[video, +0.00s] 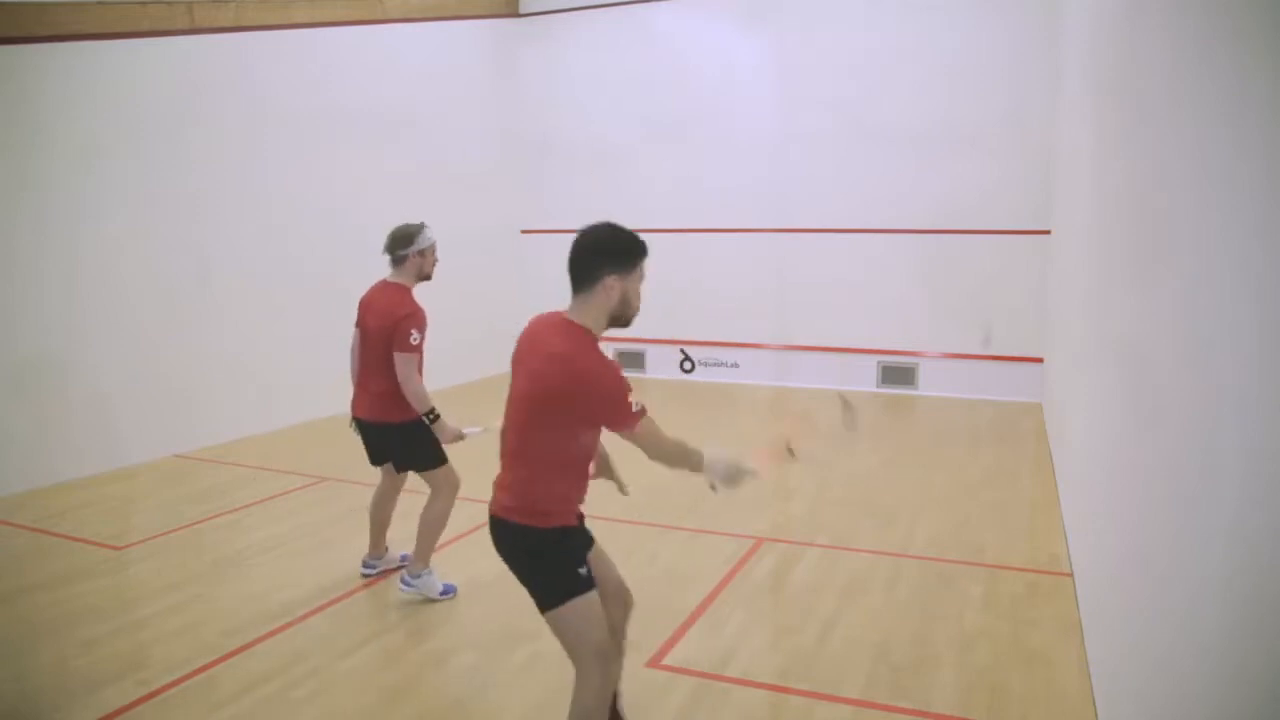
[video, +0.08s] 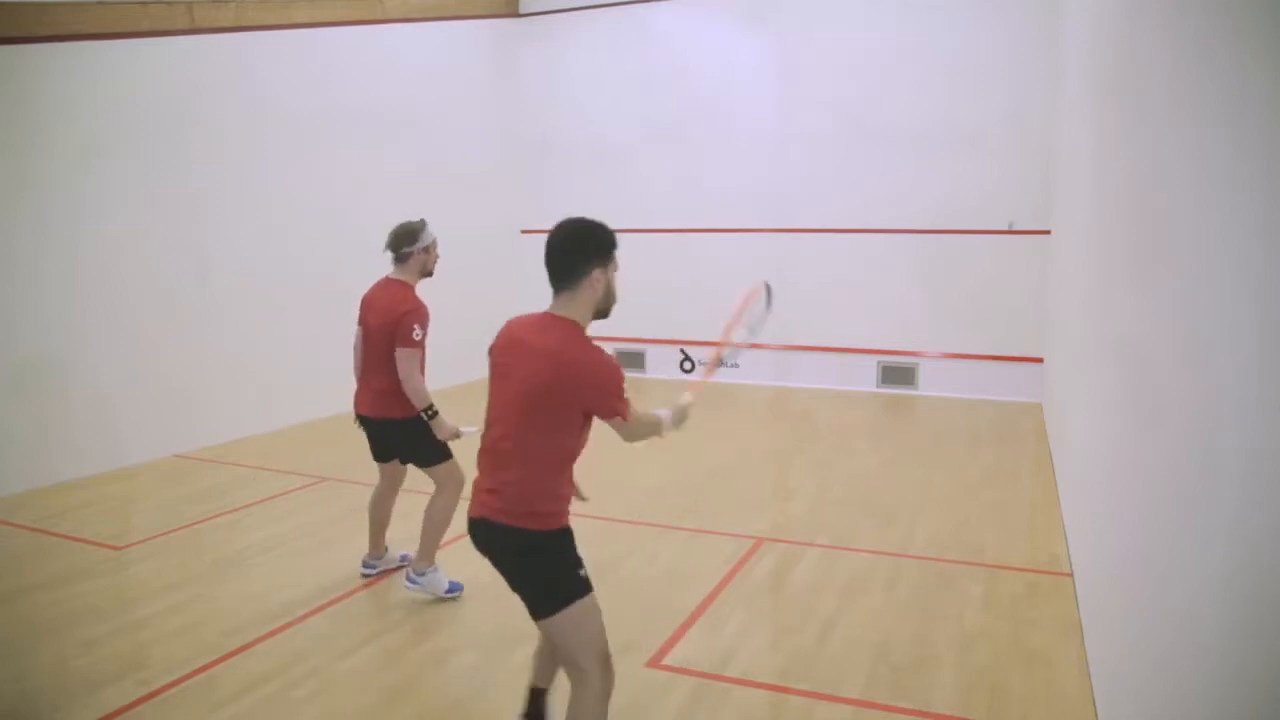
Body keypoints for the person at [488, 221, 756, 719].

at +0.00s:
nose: (641, 295)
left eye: (641, 281)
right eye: (639, 280)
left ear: (594, 280)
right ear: (612, 284)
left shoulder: (539, 330)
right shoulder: (592, 370)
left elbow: (546, 412)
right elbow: (657, 445)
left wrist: (593, 452)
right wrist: (708, 463)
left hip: (536, 513)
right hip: (537, 528)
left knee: (616, 603)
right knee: (597, 658)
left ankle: (607, 705)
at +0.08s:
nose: (616, 286)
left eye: (615, 273)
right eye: (614, 272)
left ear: (556, 272)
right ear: (598, 276)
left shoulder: (511, 333)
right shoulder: (590, 362)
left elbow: (509, 417)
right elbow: (631, 428)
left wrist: (559, 467)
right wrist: (671, 418)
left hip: (487, 518)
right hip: (535, 529)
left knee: (559, 623)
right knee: (594, 673)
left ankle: (534, 708)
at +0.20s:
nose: (570, 309)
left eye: (567, 298)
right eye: (567, 298)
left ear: (510, 307)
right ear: (555, 306)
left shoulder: (466, 376)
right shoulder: (567, 384)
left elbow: (429, 459)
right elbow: (599, 456)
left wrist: (473, 487)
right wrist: (622, 424)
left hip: (465, 567)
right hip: (530, 571)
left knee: (481, 630)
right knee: (597, 702)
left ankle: (421, 712)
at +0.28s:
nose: (533, 313)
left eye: (529, 303)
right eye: (530, 303)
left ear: (473, 314)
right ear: (519, 312)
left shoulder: (430, 385)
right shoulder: (535, 391)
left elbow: (385, 467)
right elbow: (571, 485)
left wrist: (413, 505)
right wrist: (596, 465)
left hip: (436, 569)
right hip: (503, 572)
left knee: (418, 652)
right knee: (566, 701)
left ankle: (371, 718)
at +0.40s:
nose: (485, 293)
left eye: (482, 282)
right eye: (481, 283)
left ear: (428, 292)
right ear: (467, 292)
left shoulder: (383, 353)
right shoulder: (478, 366)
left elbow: (324, 426)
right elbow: (508, 455)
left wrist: (333, 485)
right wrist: (535, 498)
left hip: (384, 531)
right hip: (448, 536)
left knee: (375, 652)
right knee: (487, 675)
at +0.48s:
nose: (465, 265)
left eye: (461, 255)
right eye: (460, 256)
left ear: (407, 265)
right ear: (446, 264)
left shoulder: (361, 322)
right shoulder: (451, 332)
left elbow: (300, 381)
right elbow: (475, 420)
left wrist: (305, 454)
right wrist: (490, 471)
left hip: (363, 498)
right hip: (418, 501)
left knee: (369, 620)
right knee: (440, 635)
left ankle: (345, 715)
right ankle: (430, 718)